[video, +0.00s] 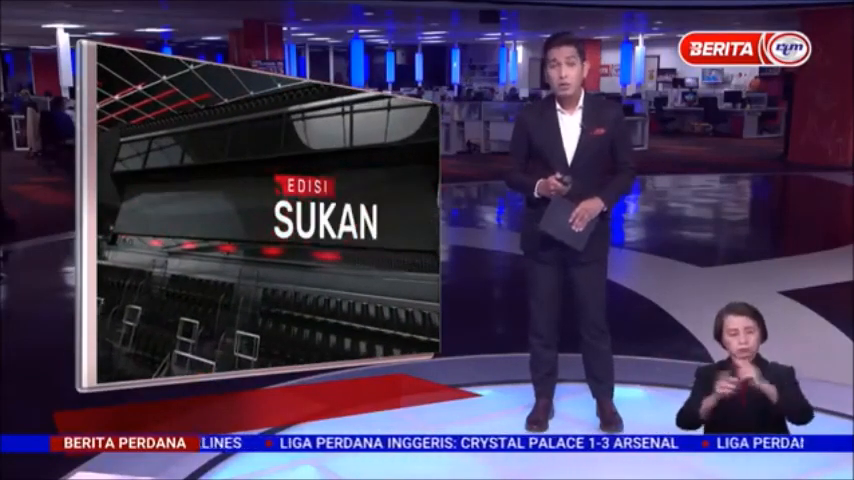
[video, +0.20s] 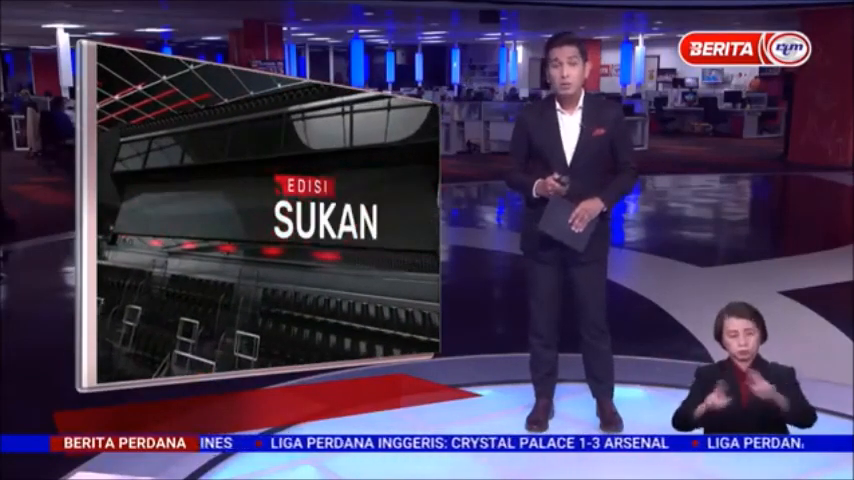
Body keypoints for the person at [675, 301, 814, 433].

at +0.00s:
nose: (743, 340)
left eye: (750, 332)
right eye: (734, 333)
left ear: (762, 335)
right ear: (722, 340)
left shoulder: (782, 374)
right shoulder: (709, 375)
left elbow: (804, 416)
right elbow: (685, 421)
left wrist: (765, 386)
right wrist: (716, 397)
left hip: (773, 461)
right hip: (720, 461)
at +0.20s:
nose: (742, 342)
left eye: (749, 333)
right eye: (733, 335)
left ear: (761, 336)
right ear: (722, 341)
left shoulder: (782, 375)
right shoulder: (709, 376)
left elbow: (808, 419)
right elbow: (680, 423)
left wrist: (774, 395)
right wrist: (706, 406)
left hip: (775, 461)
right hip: (721, 461)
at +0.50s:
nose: (743, 345)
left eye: (750, 336)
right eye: (734, 337)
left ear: (762, 338)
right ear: (723, 341)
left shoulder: (781, 375)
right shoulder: (711, 376)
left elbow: (809, 417)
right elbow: (680, 420)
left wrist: (784, 384)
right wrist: (701, 385)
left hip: (772, 460)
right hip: (720, 460)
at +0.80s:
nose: (744, 346)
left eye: (752, 337)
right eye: (736, 338)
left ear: (764, 339)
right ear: (725, 341)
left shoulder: (783, 376)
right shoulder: (709, 375)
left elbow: (808, 425)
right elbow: (682, 426)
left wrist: (778, 396)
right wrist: (708, 393)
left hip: (772, 461)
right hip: (719, 461)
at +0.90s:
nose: (744, 344)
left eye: (752, 335)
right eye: (736, 336)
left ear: (764, 338)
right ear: (725, 341)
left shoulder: (784, 379)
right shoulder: (708, 378)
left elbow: (807, 432)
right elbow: (682, 430)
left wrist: (778, 430)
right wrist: (707, 423)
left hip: (771, 464)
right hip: (717, 464)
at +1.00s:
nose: (745, 341)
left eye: (752, 333)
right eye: (736, 334)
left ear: (765, 337)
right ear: (725, 340)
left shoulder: (785, 379)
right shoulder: (708, 377)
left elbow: (804, 432)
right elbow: (684, 430)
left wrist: (777, 428)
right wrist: (710, 419)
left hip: (770, 465)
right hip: (716, 464)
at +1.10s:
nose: (745, 340)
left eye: (753, 332)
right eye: (737, 333)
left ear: (766, 336)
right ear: (726, 339)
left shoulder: (784, 379)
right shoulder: (709, 376)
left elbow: (799, 430)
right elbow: (691, 428)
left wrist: (772, 415)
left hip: (769, 461)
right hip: (717, 460)